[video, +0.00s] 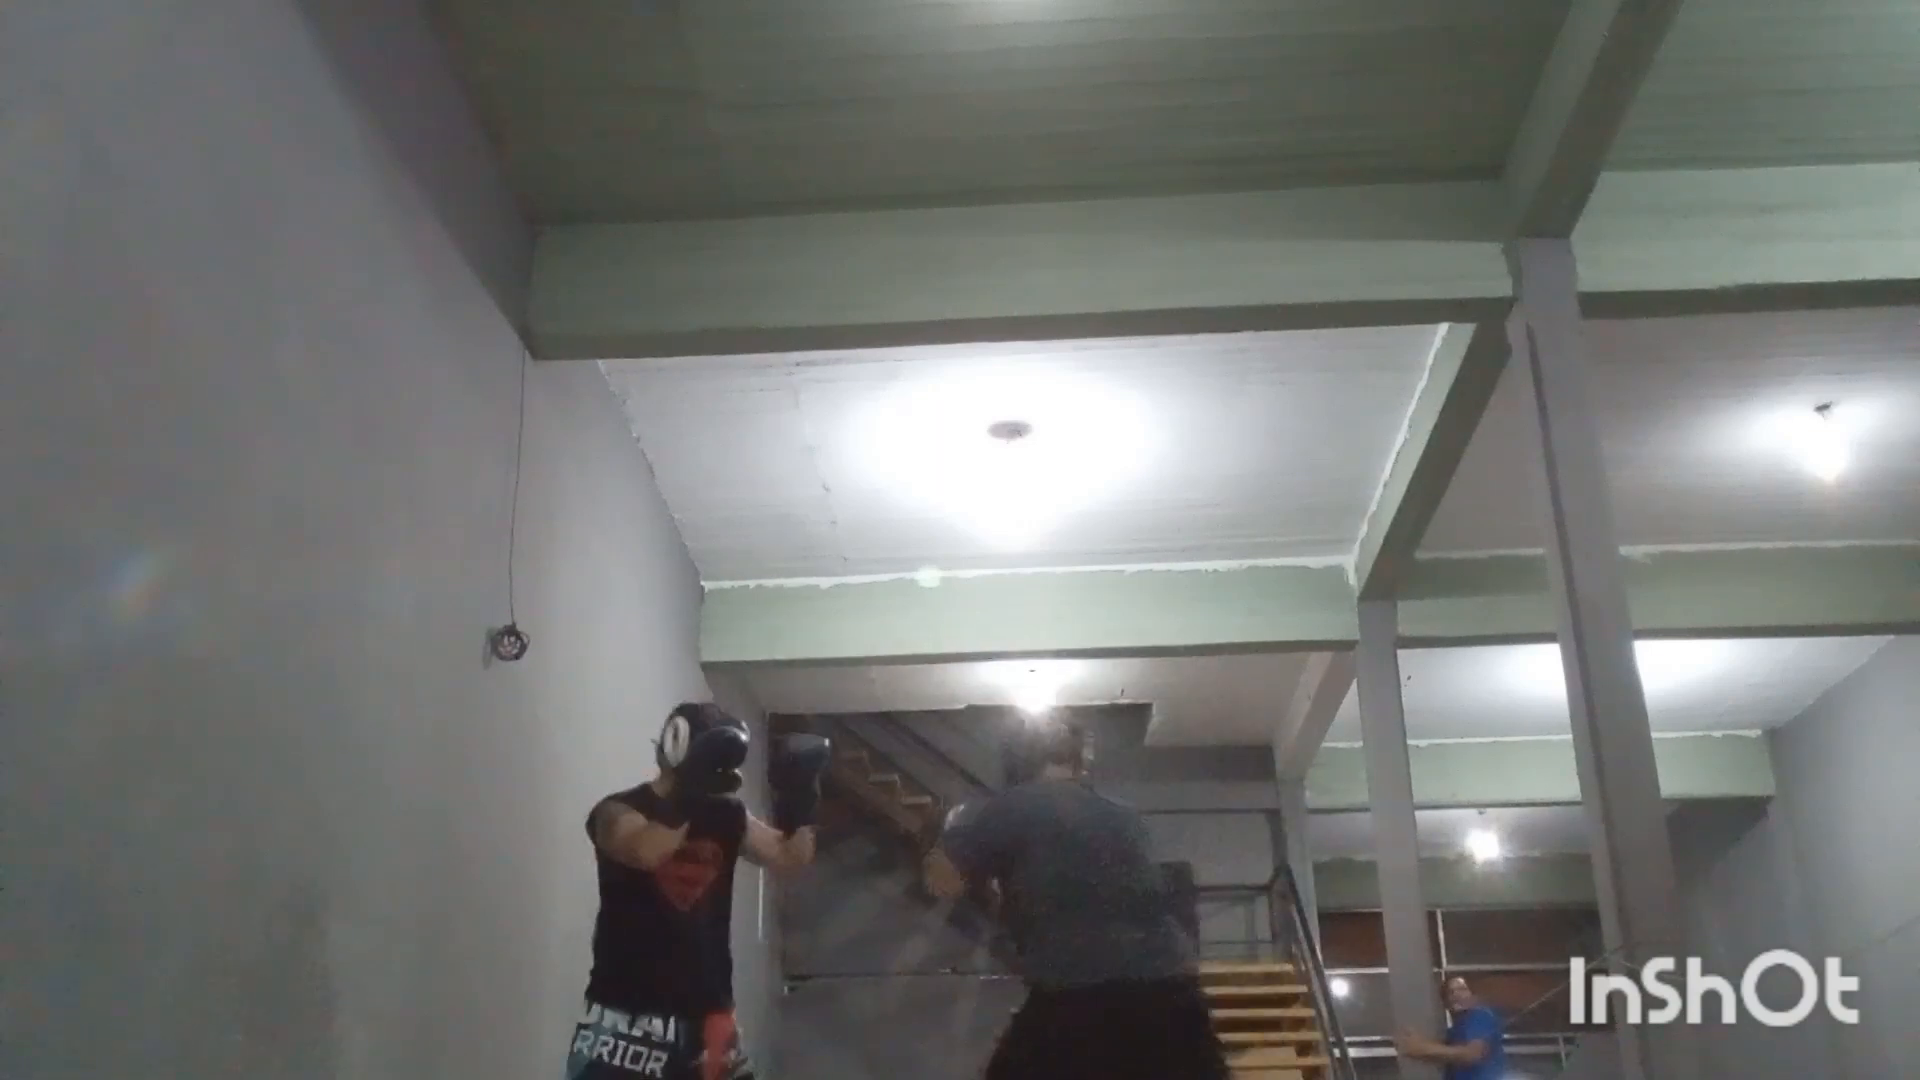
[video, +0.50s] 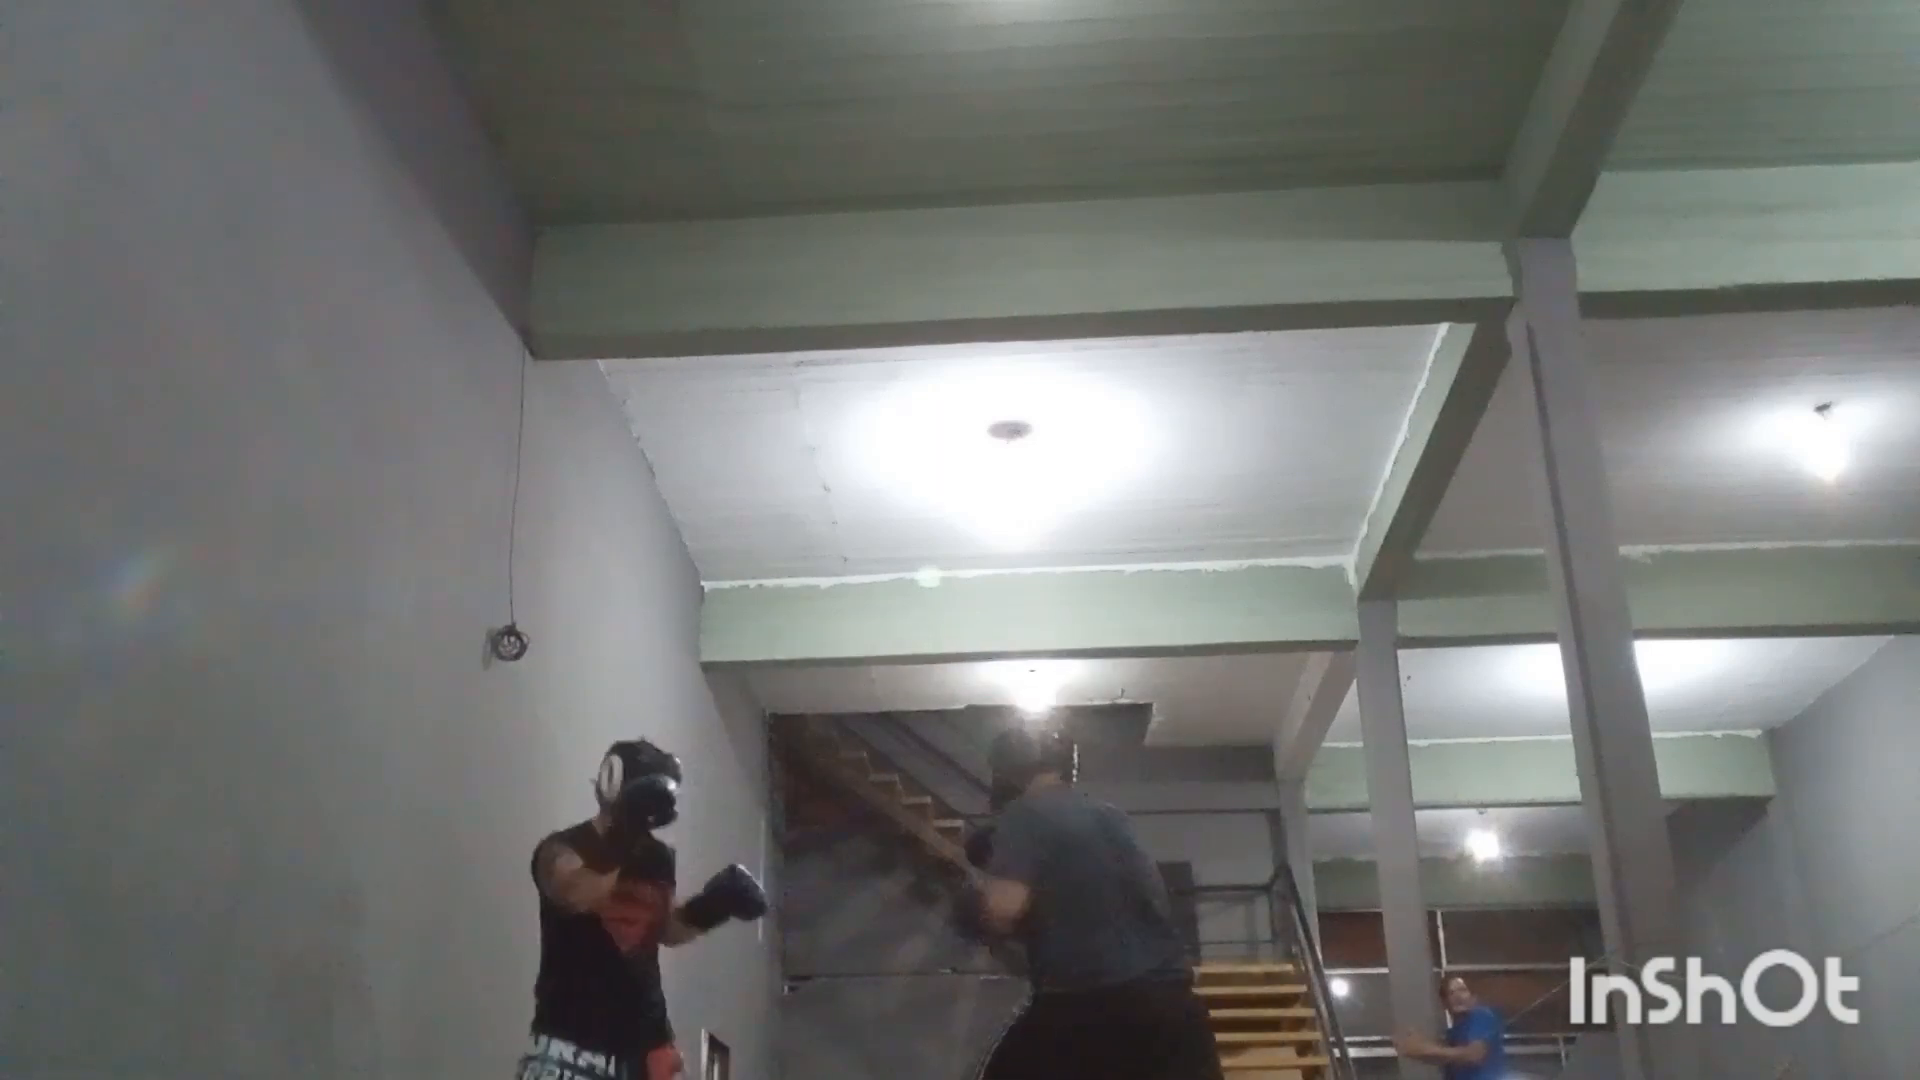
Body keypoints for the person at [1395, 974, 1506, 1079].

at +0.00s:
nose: (1457, 995)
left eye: (1462, 990)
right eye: (1452, 992)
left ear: (1470, 993)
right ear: (1445, 999)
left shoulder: (1480, 1016)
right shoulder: (1455, 1027)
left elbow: (1475, 1053)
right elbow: (1452, 1053)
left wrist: (1425, 1049)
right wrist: (1419, 1046)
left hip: (1483, 1075)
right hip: (1460, 1075)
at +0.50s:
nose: (1458, 997)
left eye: (1463, 990)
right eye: (1452, 993)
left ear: (1470, 995)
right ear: (1444, 1001)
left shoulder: (1481, 1017)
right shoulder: (1454, 1030)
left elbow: (1476, 1054)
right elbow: (1450, 1055)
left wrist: (1425, 1050)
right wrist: (1418, 1048)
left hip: (1485, 1075)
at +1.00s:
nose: (1457, 996)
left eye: (1462, 991)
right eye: (1451, 993)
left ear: (1470, 995)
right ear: (1445, 1000)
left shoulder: (1481, 1017)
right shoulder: (1454, 1031)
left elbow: (1476, 1056)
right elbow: (1448, 1054)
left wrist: (1424, 1050)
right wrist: (1419, 1046)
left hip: (1485, 1075)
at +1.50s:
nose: (1458, 997)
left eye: (1462, 990)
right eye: (1451, 993)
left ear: (1471, 995)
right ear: (1445, 1001)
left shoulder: (1481, 1017)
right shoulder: (1453, 1030)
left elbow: (1476, 1055)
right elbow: (1447, 1054)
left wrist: (1427, 1049)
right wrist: (1419, 1046)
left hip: (1484, 1075)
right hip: (1458, 1076)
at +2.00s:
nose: (1458, 996)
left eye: (1462, 991)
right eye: (1452, 993)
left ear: (1470, 993)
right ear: (1446, 1000)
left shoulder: (1481, 1015)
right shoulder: (1457, 1023)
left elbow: (1477, 1053)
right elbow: (1450, 1054)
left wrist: (1425, 1049)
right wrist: (1420, 1045)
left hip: (1483, 1076)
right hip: (1460, 1076)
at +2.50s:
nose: (1456, 1005)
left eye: (1463, 1000)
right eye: (1453, 999)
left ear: (1473, 1001)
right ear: (1448, 1001)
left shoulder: (1482, 1018)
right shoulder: (1458, 1024)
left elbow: (1477, 1053)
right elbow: (1447, 1052)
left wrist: (1427, 1049)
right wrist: (1419, 1047)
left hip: (1485, 1076)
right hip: (1462, 1076)